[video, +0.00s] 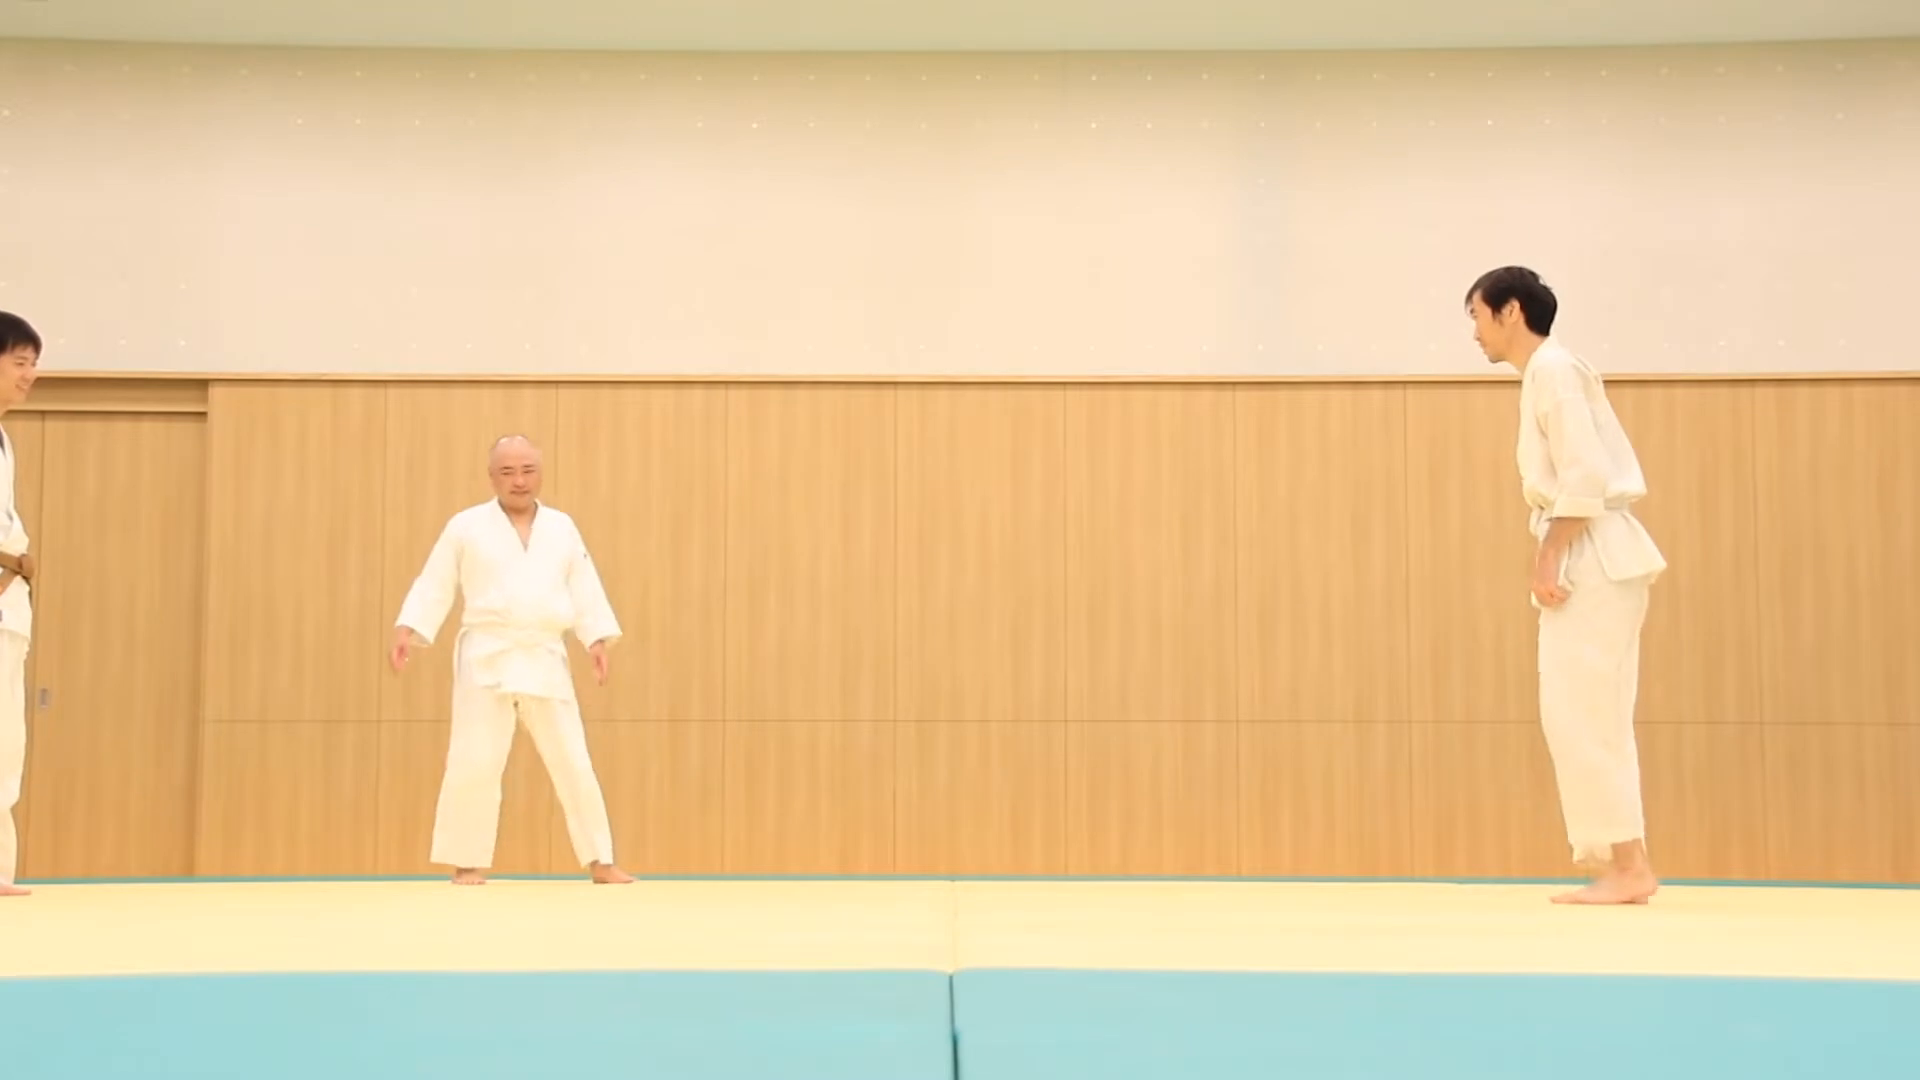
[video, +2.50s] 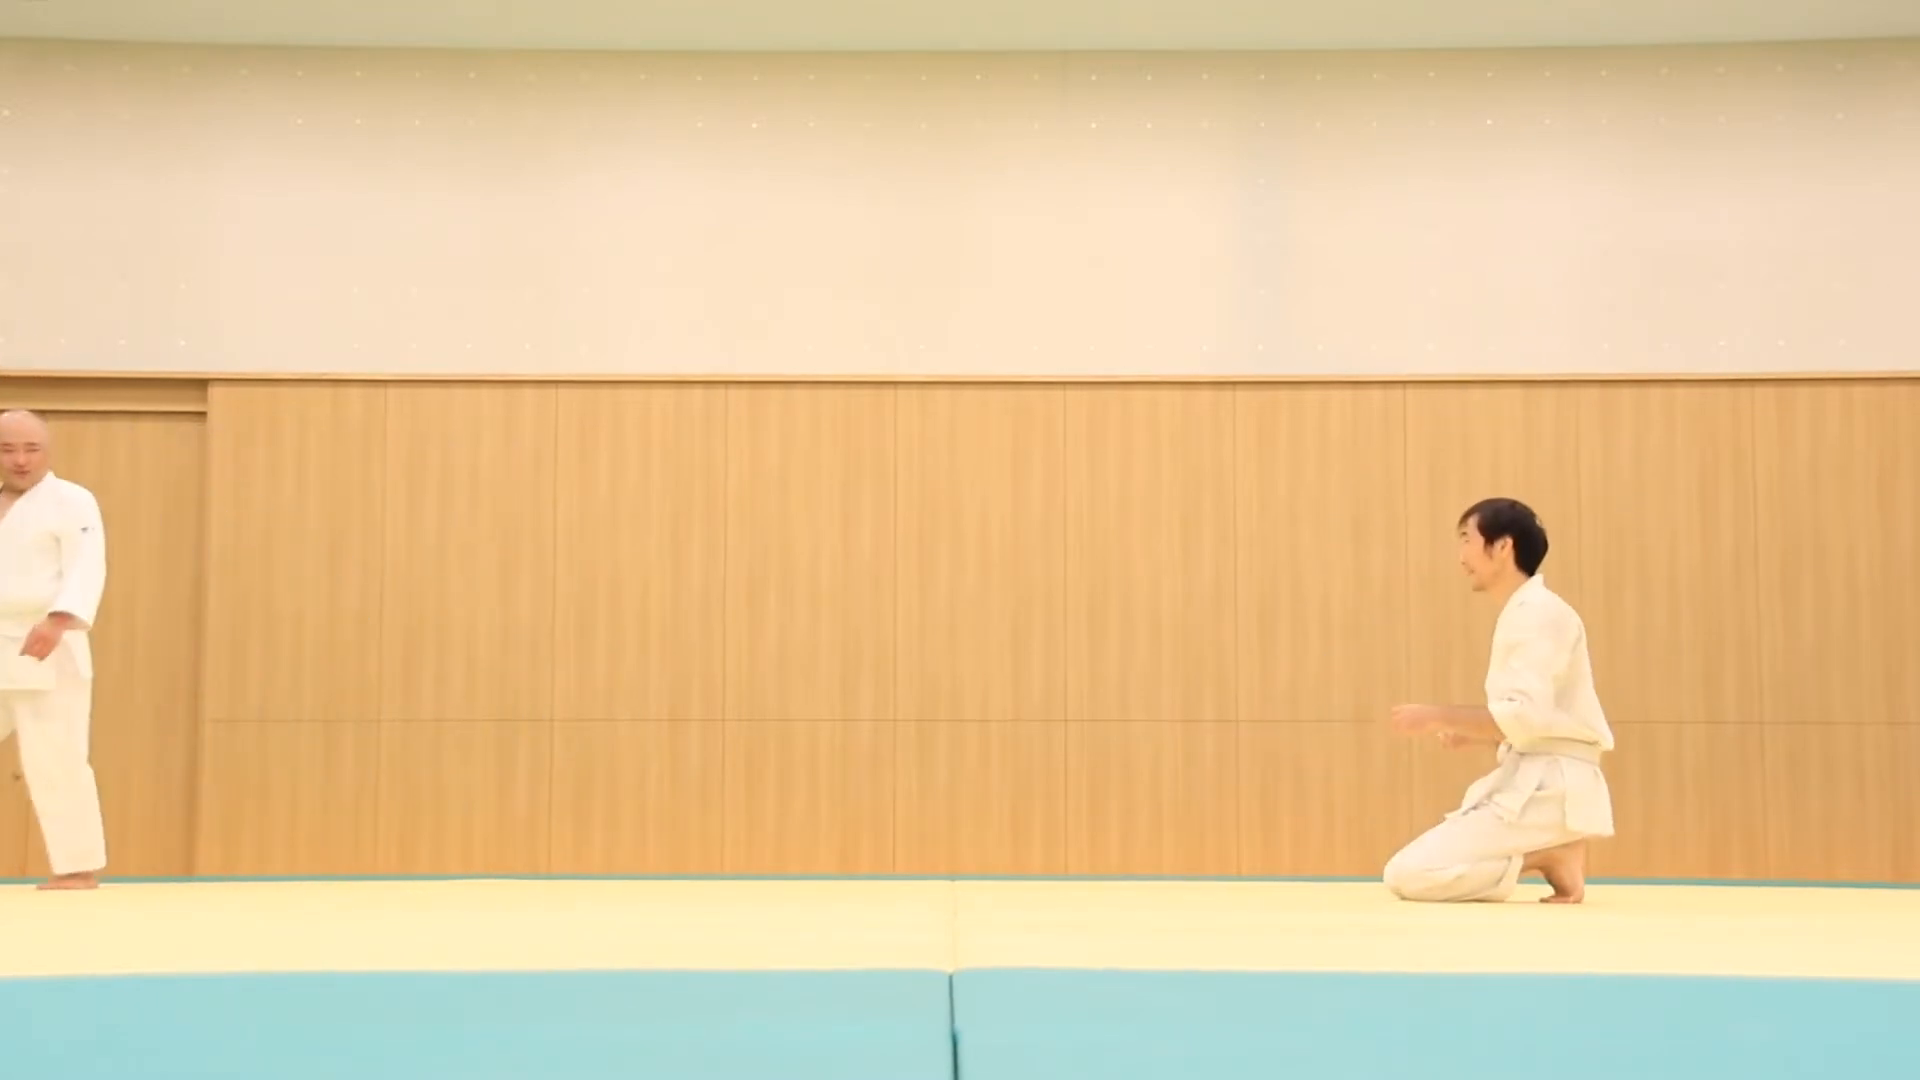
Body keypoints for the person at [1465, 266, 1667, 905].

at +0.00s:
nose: (1475, 332)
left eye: (1479, 317)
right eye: (1473, 320)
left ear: (1512, 314)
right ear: (1517, 313)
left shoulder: (1551, 371)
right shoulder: (1548, 371)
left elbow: (1584, 471)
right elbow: (1585, 472)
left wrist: (1549, 552)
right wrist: (1552, 552)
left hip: (1594, 558)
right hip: (1594, 558)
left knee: (1579, 709)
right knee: (1588, 709)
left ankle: (1626, 868)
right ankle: (1626, 867)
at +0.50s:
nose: (1458, 361)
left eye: (1462, 348)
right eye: (1458, 348)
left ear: (1492, 347)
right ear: (1500, 348)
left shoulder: (1537, 403)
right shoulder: (1532, 403)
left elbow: (1575, 497)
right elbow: (1573, 499)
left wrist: (1536, 562)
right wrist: (1541, 570)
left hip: (1596, 586)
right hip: (1583, 586)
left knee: (1538, 726)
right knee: (1542, 724)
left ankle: (1616, 870)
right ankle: (1613, 869)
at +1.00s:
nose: (1445, 428)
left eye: (1451, 415)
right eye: (1447, 414)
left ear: (1478, 420)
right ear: (1486, 421)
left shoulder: (1506, 481)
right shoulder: (1506, 481)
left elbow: (1532, 571)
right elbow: (1530, 581)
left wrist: (1460, 622)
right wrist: (1462, 633)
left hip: (1513, 675)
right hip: (1501, 674)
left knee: (1430, 819)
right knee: (1431, 819)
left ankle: (1583, 849)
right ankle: (1577, 851)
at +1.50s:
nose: (1339, 505)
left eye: (1347, 492)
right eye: (1341, 492)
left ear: (1378, 501)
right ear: (1377, 503)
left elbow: (1369, 672)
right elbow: (1356, 670)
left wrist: (1302, 734)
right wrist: (1299, 728)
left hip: (1476, 735)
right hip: (1444, 735)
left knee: (1398, 877)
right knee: (1403, 871)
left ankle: (1530, 839)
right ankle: (1525, 840)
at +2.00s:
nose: (1360, 565)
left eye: (1368, 550)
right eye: (1360, 551)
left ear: (1401, 558)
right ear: (1400, 559)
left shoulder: (1444, 617)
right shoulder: (1428, 621)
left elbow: (1376, 712)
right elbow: (1417, 737)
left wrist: (1290, 774)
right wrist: (1394, 696)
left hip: (1528, 775)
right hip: (1499, 774)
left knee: (1404, 878)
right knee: (1401, 873)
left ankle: (1543, 854)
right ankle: (1542, 851)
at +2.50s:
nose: (1461, 558)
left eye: (1467, 541)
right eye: (1461, 543)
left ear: (1504, 548)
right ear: (1502, 550)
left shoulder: (1539, 614)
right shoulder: (1524, 613)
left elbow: (1526, 718)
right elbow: (1536, 726)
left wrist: (1438, 717)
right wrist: (1473, 738)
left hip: (1553, 789)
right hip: (1532, 782)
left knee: (1408, 876)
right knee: (1405, 872)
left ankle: (1550, 855)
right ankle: (1546, 856)